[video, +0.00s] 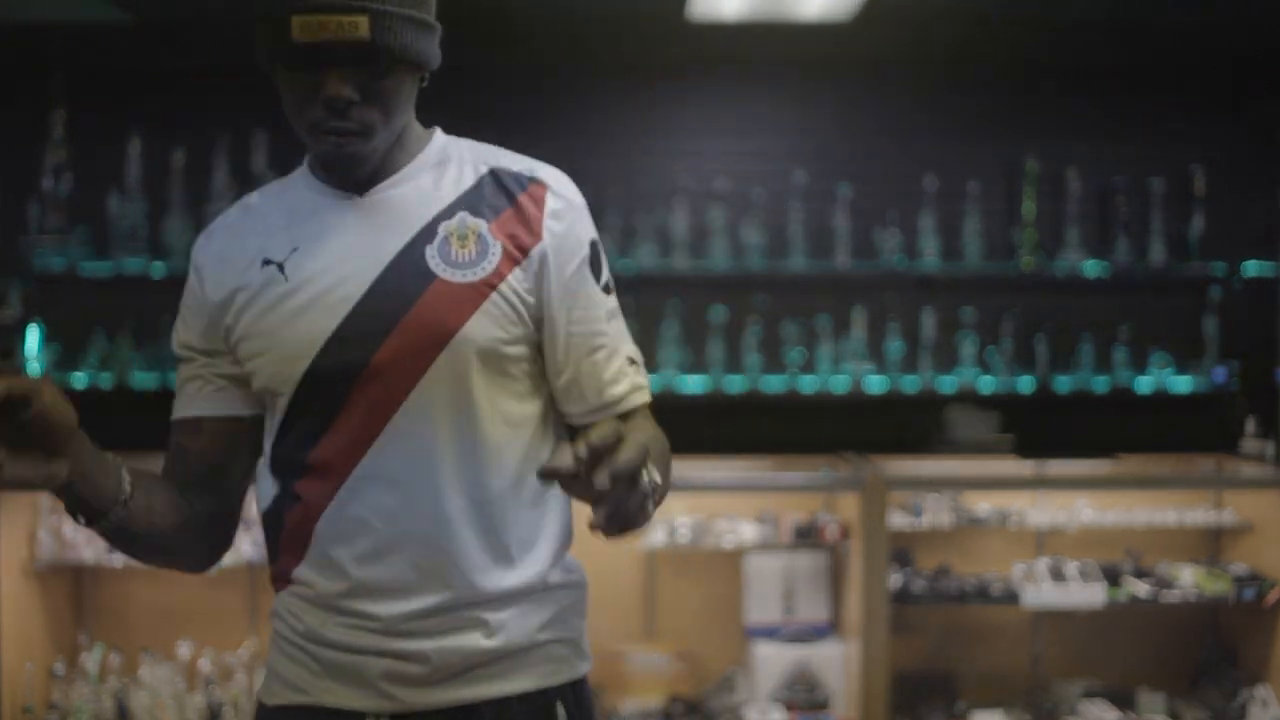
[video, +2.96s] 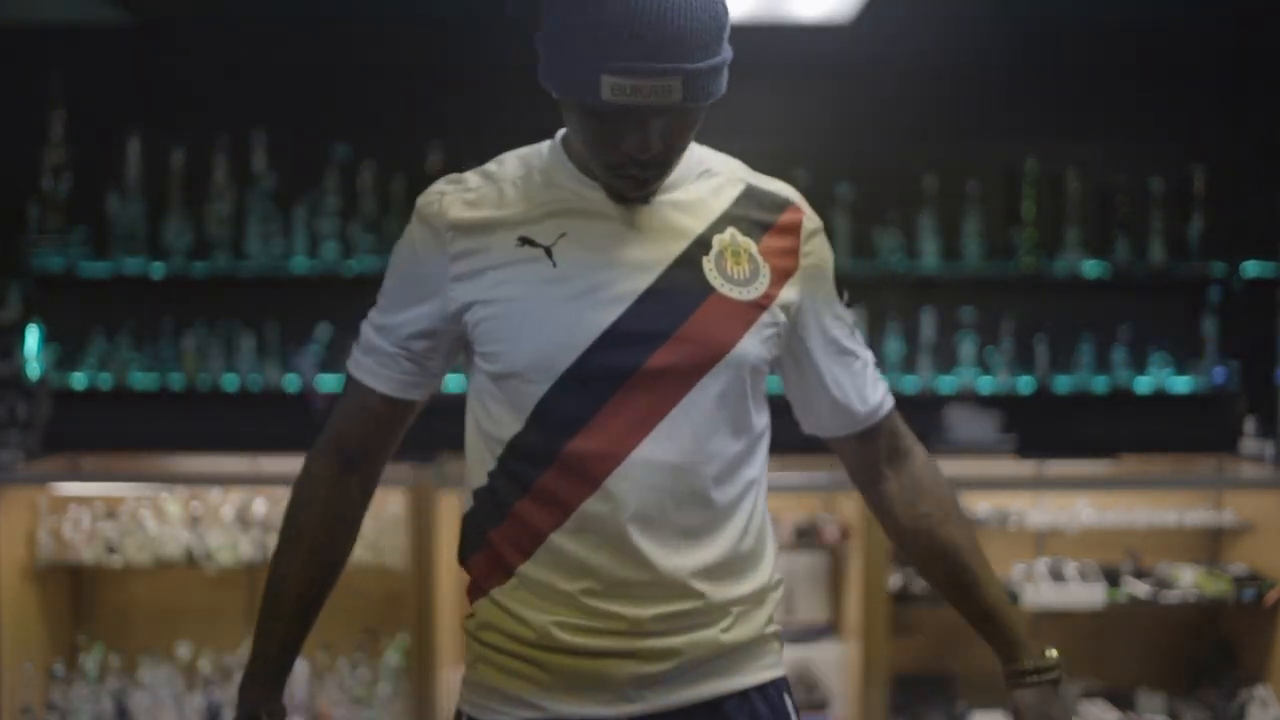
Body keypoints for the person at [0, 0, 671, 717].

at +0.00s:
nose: (338, 91)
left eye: (369, 65)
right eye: (312, 64)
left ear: (421, 69)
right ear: (281, 75)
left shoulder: (532, 204)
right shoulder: (230, 250)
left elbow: (624, 438)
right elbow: (199, 524)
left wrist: (625, 470)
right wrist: (79, 465)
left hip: (514, 672)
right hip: (320, 677)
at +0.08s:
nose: (307, 84)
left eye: (339, 55)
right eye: (278, 58)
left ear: (393, 61)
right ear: (248, 73)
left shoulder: (507, 198)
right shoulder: (198, 256)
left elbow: (593, 431)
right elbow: (188, 514)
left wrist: (635, 589)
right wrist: (50, 638)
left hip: (502, 671)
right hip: (306, 679)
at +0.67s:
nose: (365, 113)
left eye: (395, 74)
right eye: (329, 80)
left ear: (433, 59)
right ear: (273, 65)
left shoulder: (541, 201)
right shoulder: (198, 253)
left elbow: (616, 468)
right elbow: (175, 545)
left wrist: (693, 697)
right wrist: (150, 715)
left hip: (548, 685)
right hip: (328, 691)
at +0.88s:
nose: (488, 127)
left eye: (517, 93)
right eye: (451, 93)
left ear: (556, 69)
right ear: (393, 70)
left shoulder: (648, 218)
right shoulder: (307, 243)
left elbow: (711, 496)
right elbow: (261, 532)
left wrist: (776, 707)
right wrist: (217, 715)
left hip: (621, 689)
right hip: (406, 691)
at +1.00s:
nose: (586, 127)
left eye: (617, 94)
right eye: (550, 93)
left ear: (651, 79)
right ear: (489, 71)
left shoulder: (731, 224)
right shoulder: (389, 237)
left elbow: (788, 506)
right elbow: (337, 522)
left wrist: (848, 706)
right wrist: (283, 713)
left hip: (687, 688)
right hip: (467, 688)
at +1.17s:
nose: (685, 128)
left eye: (714, 97)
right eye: (650, 94)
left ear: (746, 82)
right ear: (588, 70)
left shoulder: (818, 224)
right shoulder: (478, 223)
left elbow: (866, 506)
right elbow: (420, 504)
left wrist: (922, 706)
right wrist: (363, 710)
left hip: (747, 688)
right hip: (536, 686)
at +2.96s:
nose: (645, 144)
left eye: (674, 111)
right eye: (613, 113)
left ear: (706, 91)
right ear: (561, 89)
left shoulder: (776, 227)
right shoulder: (459, 224)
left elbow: (884, 454)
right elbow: (348, 459)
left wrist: (1029, 658)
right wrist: (257, 692)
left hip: (726, 680)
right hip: (526, 687)